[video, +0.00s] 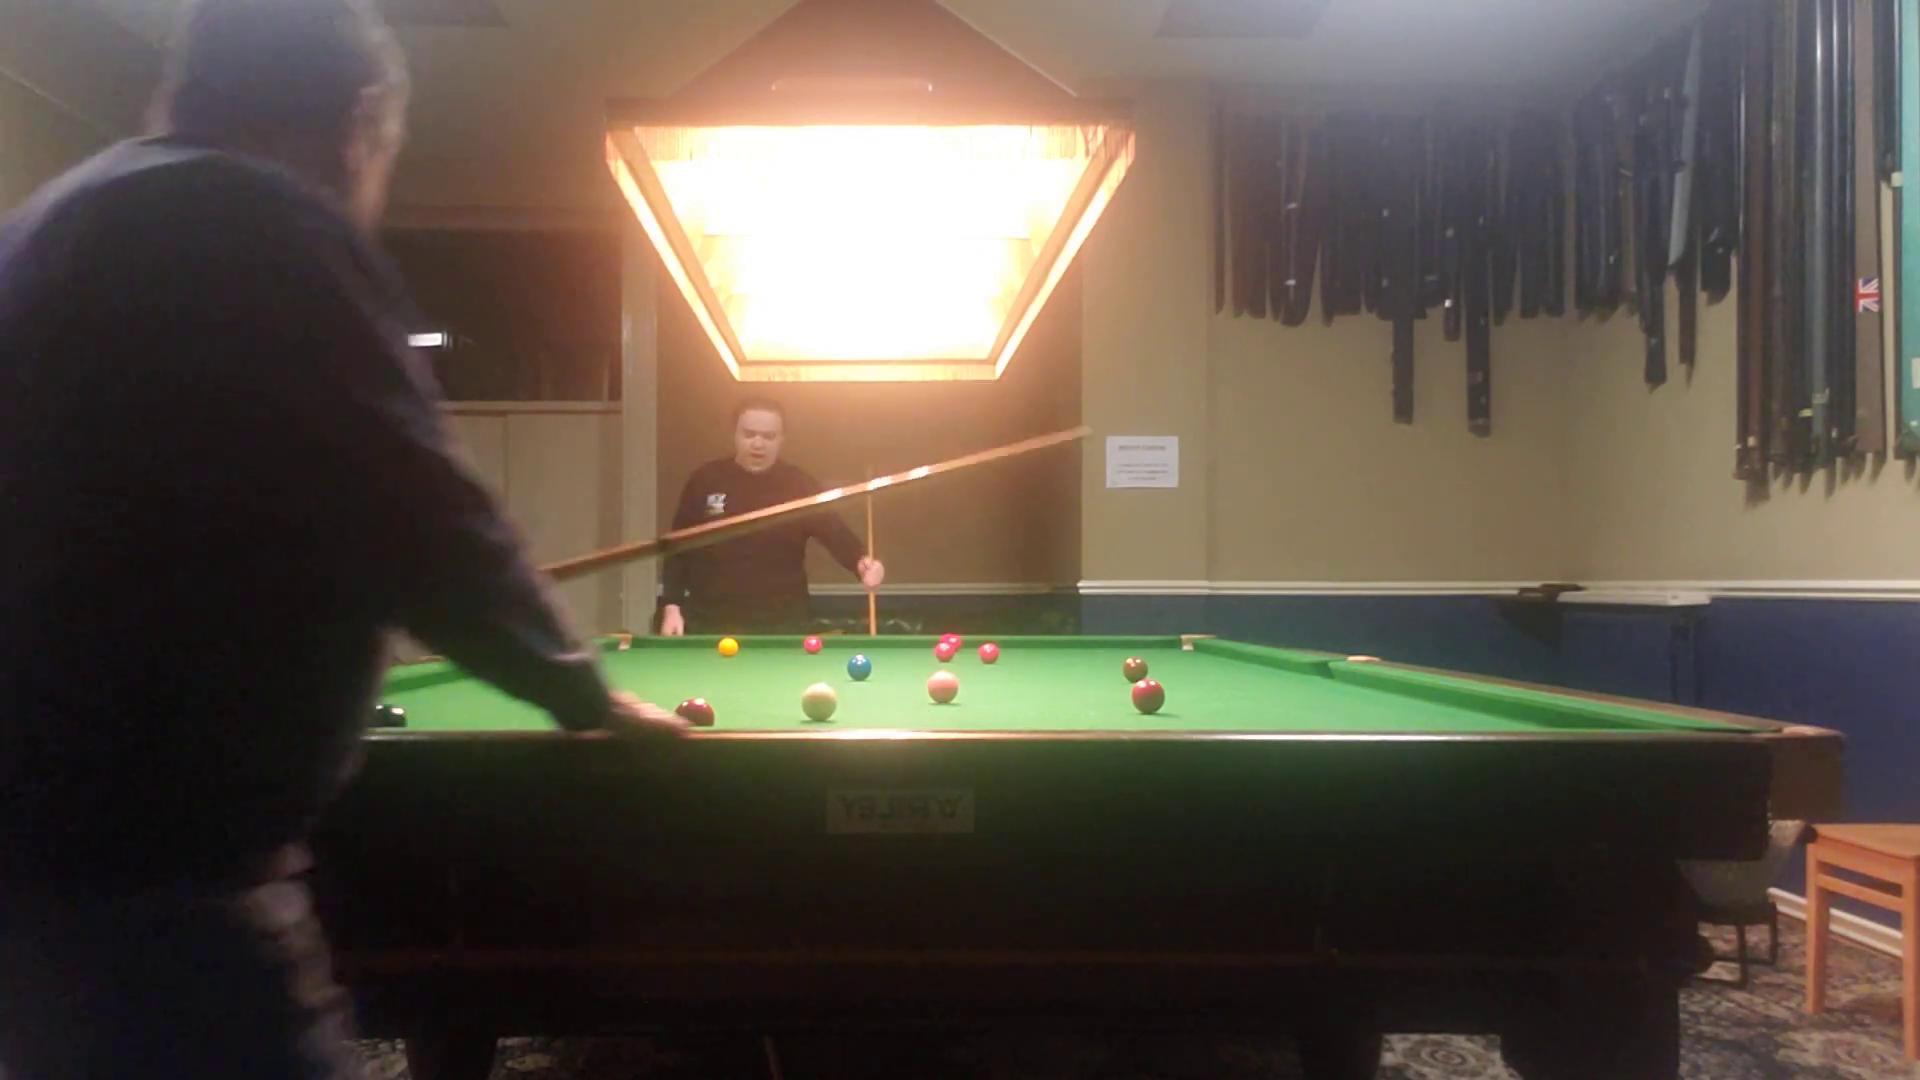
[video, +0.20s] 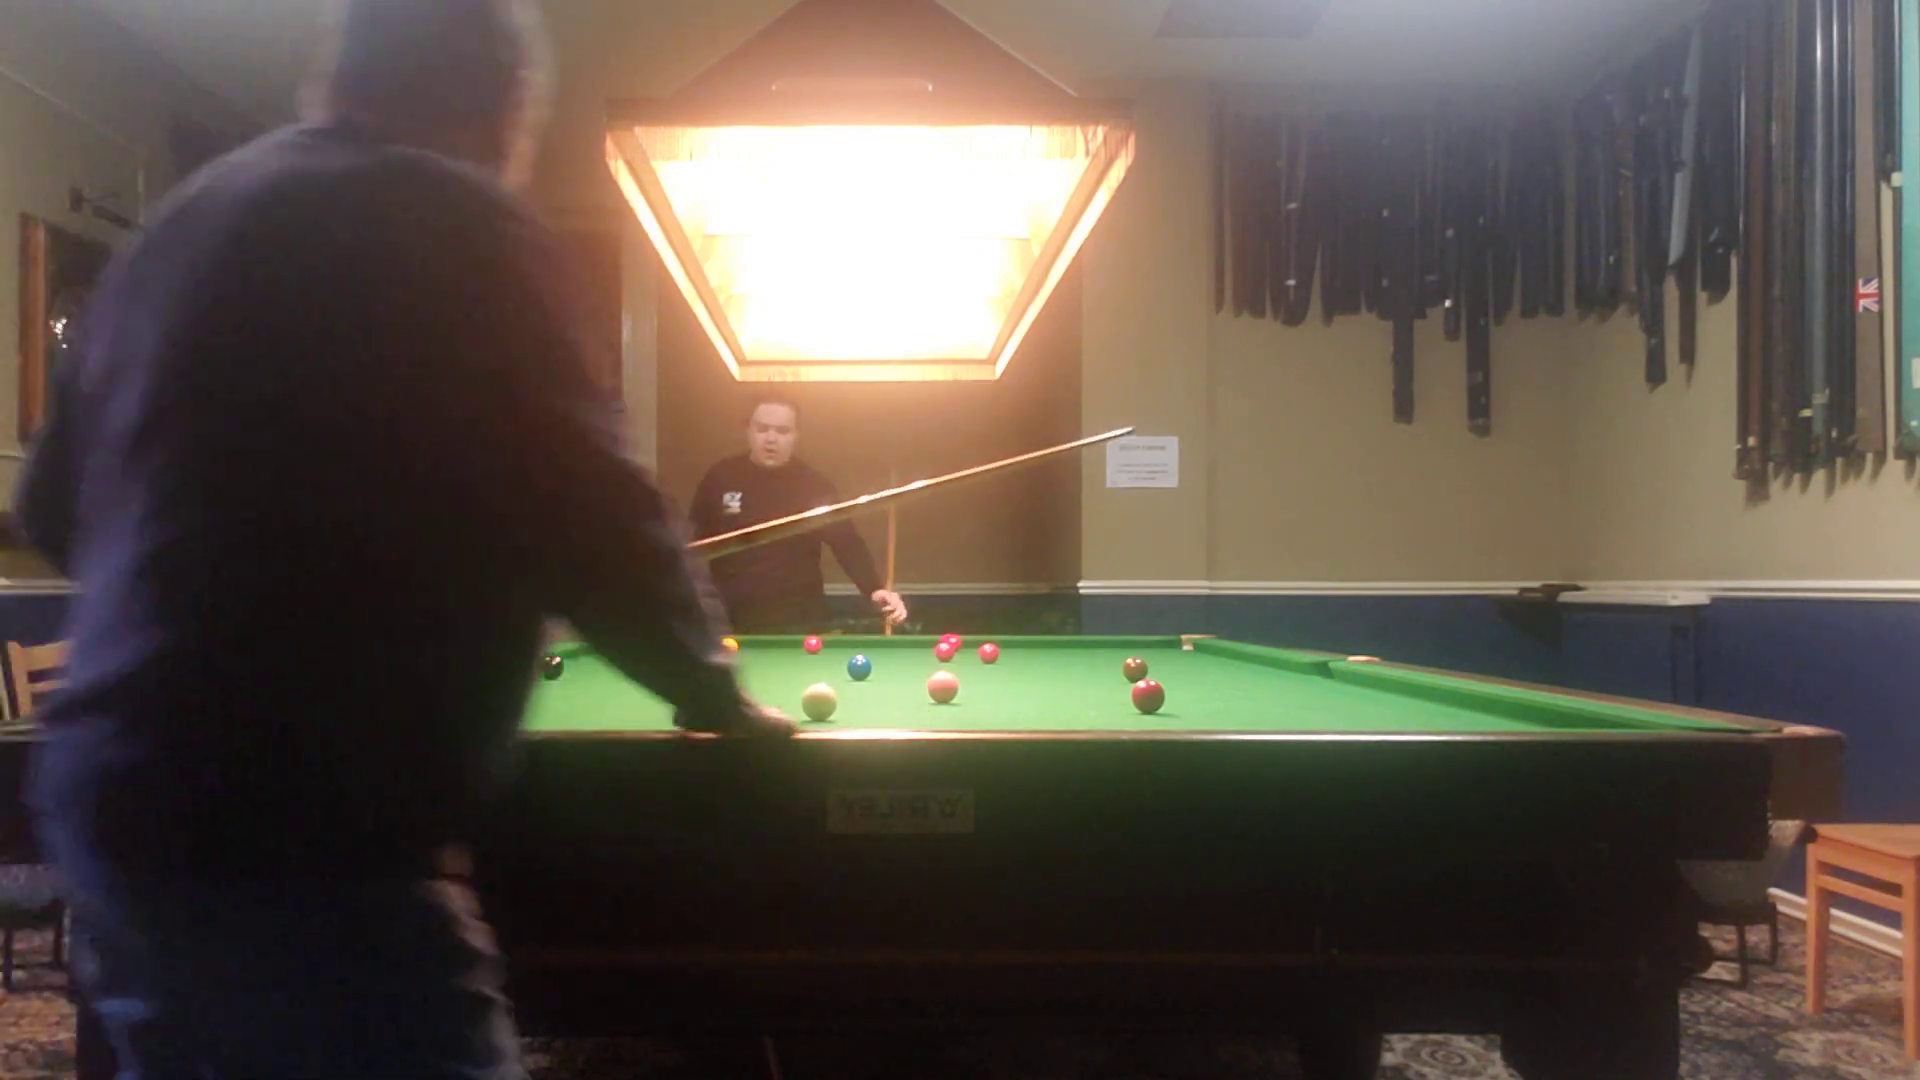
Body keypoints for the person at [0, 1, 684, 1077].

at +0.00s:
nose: (384, 176)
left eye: (393, 145)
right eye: (390, 139)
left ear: (189, 95)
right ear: (354, 121)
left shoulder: (43, 228)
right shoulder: (281, 240)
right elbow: (420, 520)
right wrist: (590, 699)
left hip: (23, 845)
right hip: (188, 865)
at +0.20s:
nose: (526, 149)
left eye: (529, 121)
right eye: (529, 117)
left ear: (336, 88)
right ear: (500, 103)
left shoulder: (181, 219)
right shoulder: (477, 231)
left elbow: (49, 500)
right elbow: (586, 502)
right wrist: (718, 698)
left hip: (107, 789)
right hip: (336, 815)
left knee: (168, 1057)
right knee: (450, 1056)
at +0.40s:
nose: (692, 130)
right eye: (691, 103)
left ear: (522, 62)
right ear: (675, 88)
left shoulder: (338, 216)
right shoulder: (692, 223)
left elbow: (183, 482)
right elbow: (803, 506)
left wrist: (340, 594)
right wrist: (855, 687)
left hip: (301, 795)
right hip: (562, 809)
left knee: (333, 1059)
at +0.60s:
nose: (866, 87)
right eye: (865, 66)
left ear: (668, 37)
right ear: (845, 70)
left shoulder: (476, 182)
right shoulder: (887, 211)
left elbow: (299, 450)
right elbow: (975, 502)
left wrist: (457, 586)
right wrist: (973, 686)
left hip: (458, 759)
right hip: (719, 777)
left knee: (492, 1066)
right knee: (729, 1060)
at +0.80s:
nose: (966, 91)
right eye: (964, 66)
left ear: (767, 54)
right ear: (947, 72)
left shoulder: (601, 211)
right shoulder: (1012, 234)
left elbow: (422, 478)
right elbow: (1096, 579)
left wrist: (559, 631)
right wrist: (1031, 713)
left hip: (617, 790)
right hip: (880, 798)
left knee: (633, 1063)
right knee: (850, 1062)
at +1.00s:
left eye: (816, 98)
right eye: (1006, 93)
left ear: (817, 100)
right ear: (998, 103)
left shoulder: (695, 256)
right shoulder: (1094, 249)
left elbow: (550, 536)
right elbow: (1187, 573)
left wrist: (683, 685)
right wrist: (1076, 708)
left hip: (760, 834)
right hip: (1027, 831)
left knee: (779, 1070)